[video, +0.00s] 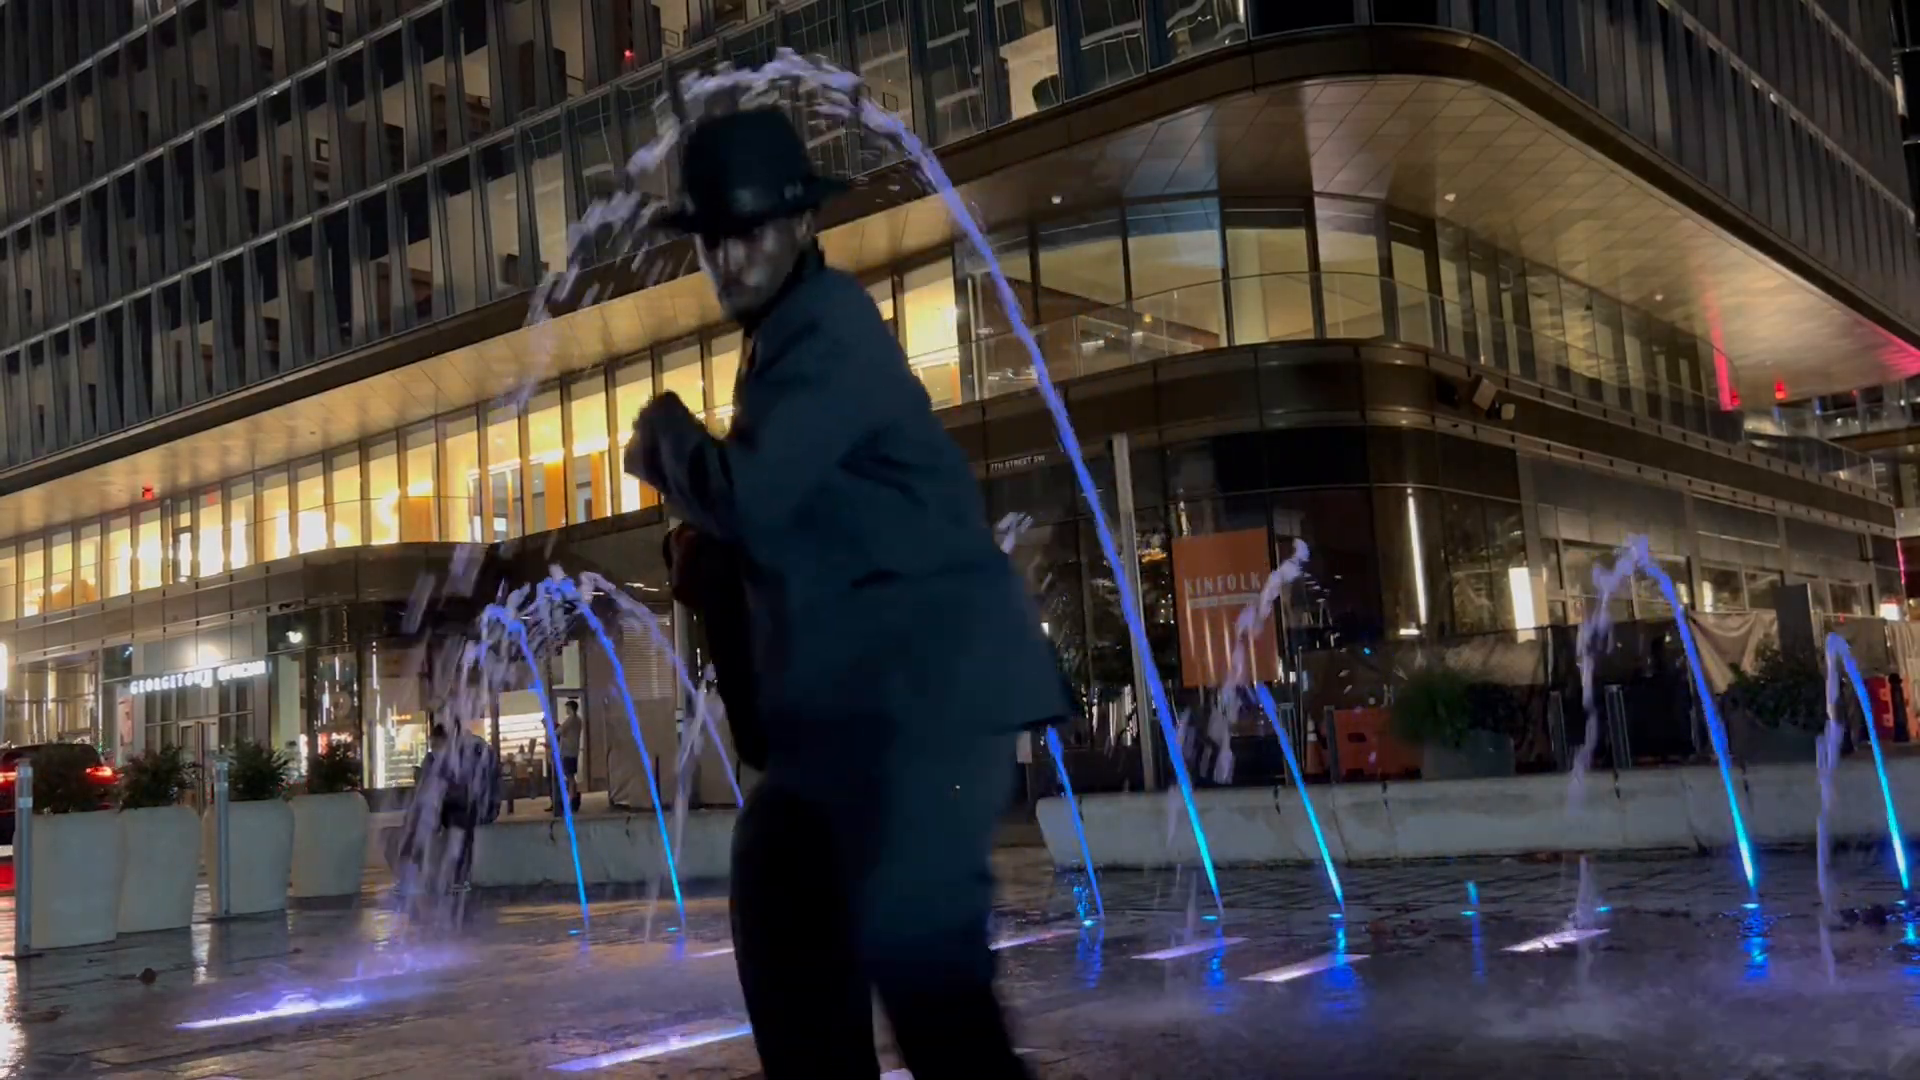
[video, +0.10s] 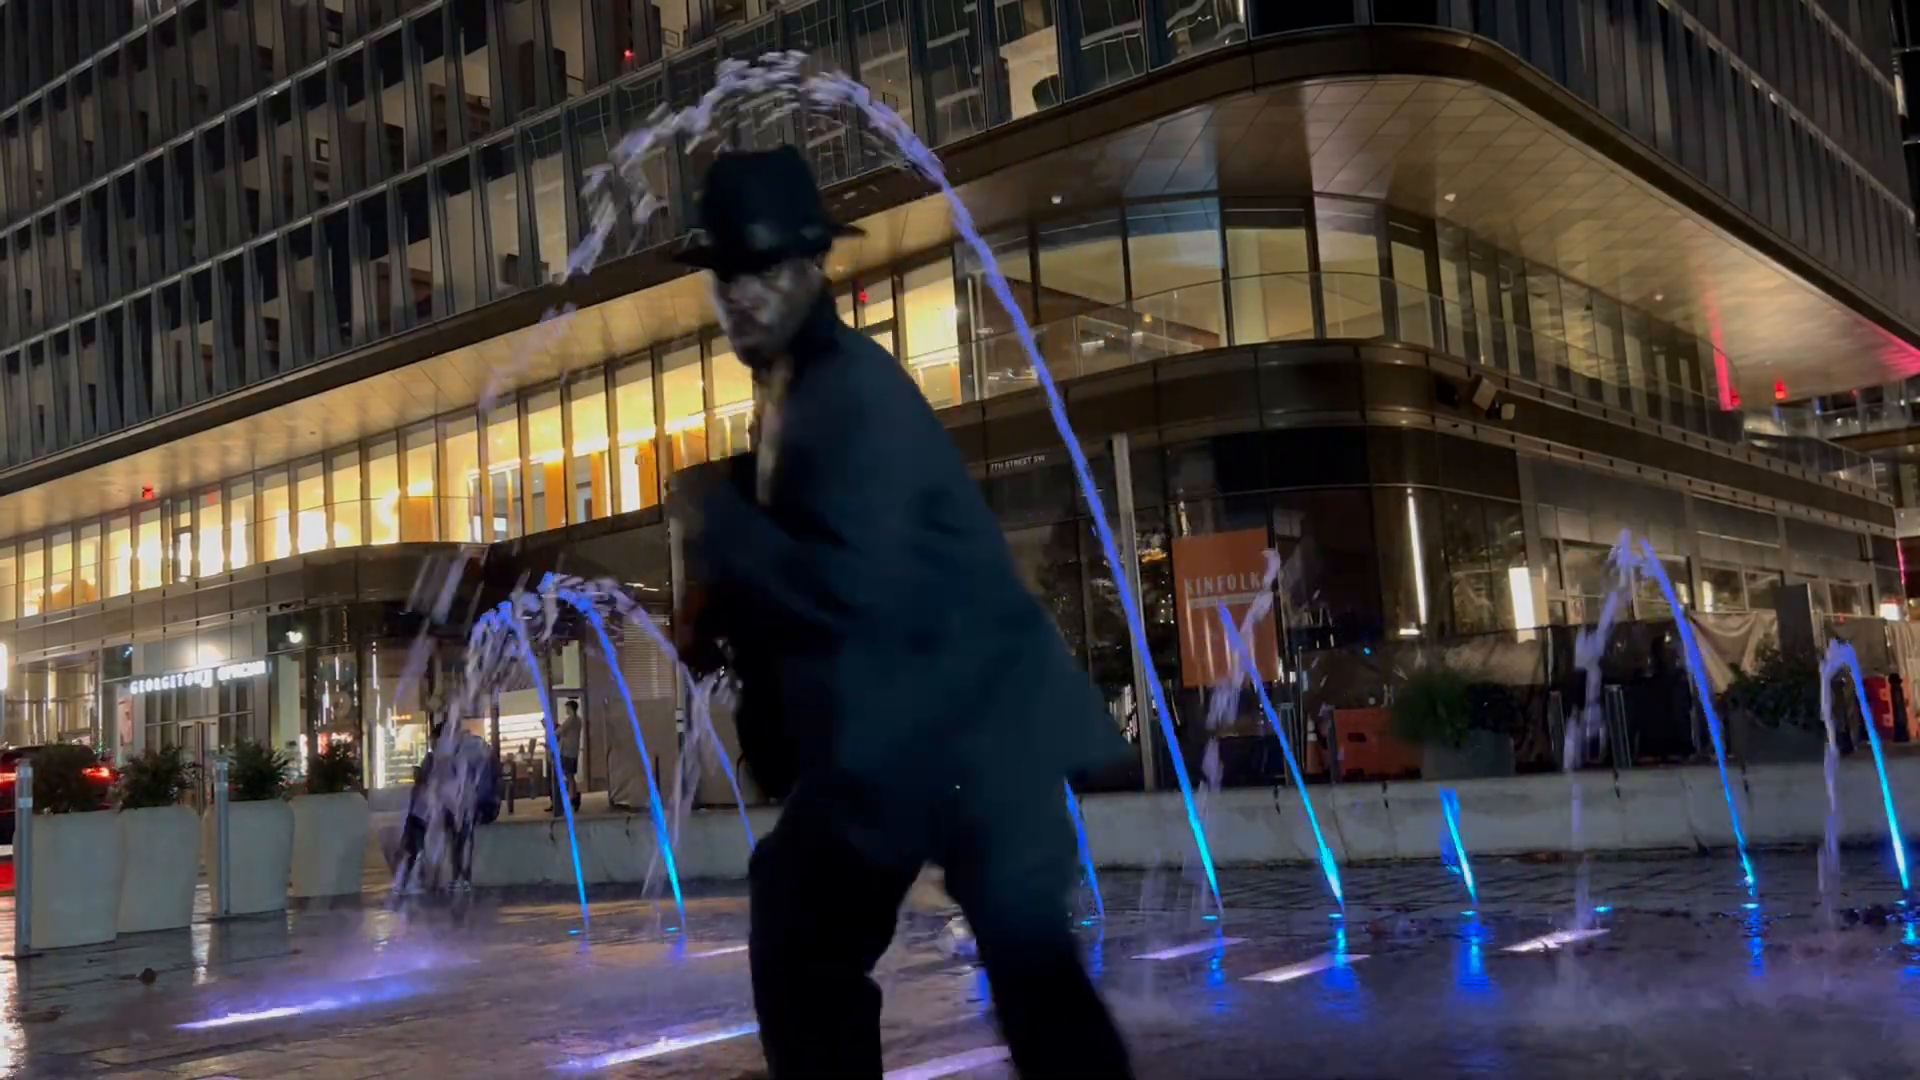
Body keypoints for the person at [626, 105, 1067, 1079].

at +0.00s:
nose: (728, 258)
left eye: (748, 231)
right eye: (710, 240)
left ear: (802, 225)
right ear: (697, 248)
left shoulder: (826, 332)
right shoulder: (786, 340)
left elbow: (761, 502)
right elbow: (813, 533)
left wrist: (667, 436)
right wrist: (715, 565)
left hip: (932, 693)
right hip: (858, 693)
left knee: (916, 927)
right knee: (780, 910)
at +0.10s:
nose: (737, 301)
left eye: (760, 275)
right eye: (722, 279)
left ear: (816, 269)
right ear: (710, 282)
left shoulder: (853, 391)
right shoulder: (797, 393)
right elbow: (827, 575)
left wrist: (721, 515)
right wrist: (733, 620)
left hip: (981, 735)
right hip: (913, 735)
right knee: (802, 910)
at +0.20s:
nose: (833, 253)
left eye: (854, 223)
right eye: (812, 232)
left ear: (899, 228)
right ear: (799, 249)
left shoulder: (986, 372)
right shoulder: (782, 404)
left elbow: (1076, 550)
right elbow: (797, 565)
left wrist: (906, 558)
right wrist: (784, 623)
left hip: (1014, 720)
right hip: (854, 744)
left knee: (1099, 971)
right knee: (804, 956)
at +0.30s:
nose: (987, 185)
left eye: (1004, 158)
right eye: (958, 164)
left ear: (1034, 173)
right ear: (915, 186)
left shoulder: (1120, 326)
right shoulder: (832, 346)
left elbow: (1196, 496)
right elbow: (801, 539)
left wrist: (1133, 479)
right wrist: (879, 567)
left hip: (1085, 727)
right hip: (905, 738)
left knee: (1177, 999)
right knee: (843, 1001)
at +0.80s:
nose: (1141, 151)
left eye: (1145, 125)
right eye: (1123, 119)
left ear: (1038, 116)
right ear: (1040, 107)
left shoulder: (1027, 226)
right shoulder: (976, 171)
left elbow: (1065, 435)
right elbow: (874, 341)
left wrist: (1218, 395)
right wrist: (1066, 444)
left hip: (1025, 611)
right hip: (1080, 554)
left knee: (1166, 942)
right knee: (1421, 596)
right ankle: (1651, 865)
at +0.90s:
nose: (1103, 143)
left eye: (1096, 127)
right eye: (1087, 114)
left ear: (948, 98)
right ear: (1047, 78)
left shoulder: (890, 247)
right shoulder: (1032, 127)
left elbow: (849, 443)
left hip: (974, 592)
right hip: (1118, 536)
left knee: (1097, 935)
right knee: (1373, 833)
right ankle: (1478, 1064)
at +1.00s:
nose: (1010, 114)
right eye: (1008, 99)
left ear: (878, 129)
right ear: (1005, 100)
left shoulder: (808, 284)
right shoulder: (1076, 147)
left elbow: (854, 498)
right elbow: (1166, 242)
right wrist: (1341, 335)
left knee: (1036, 961)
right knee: (1218, 913)